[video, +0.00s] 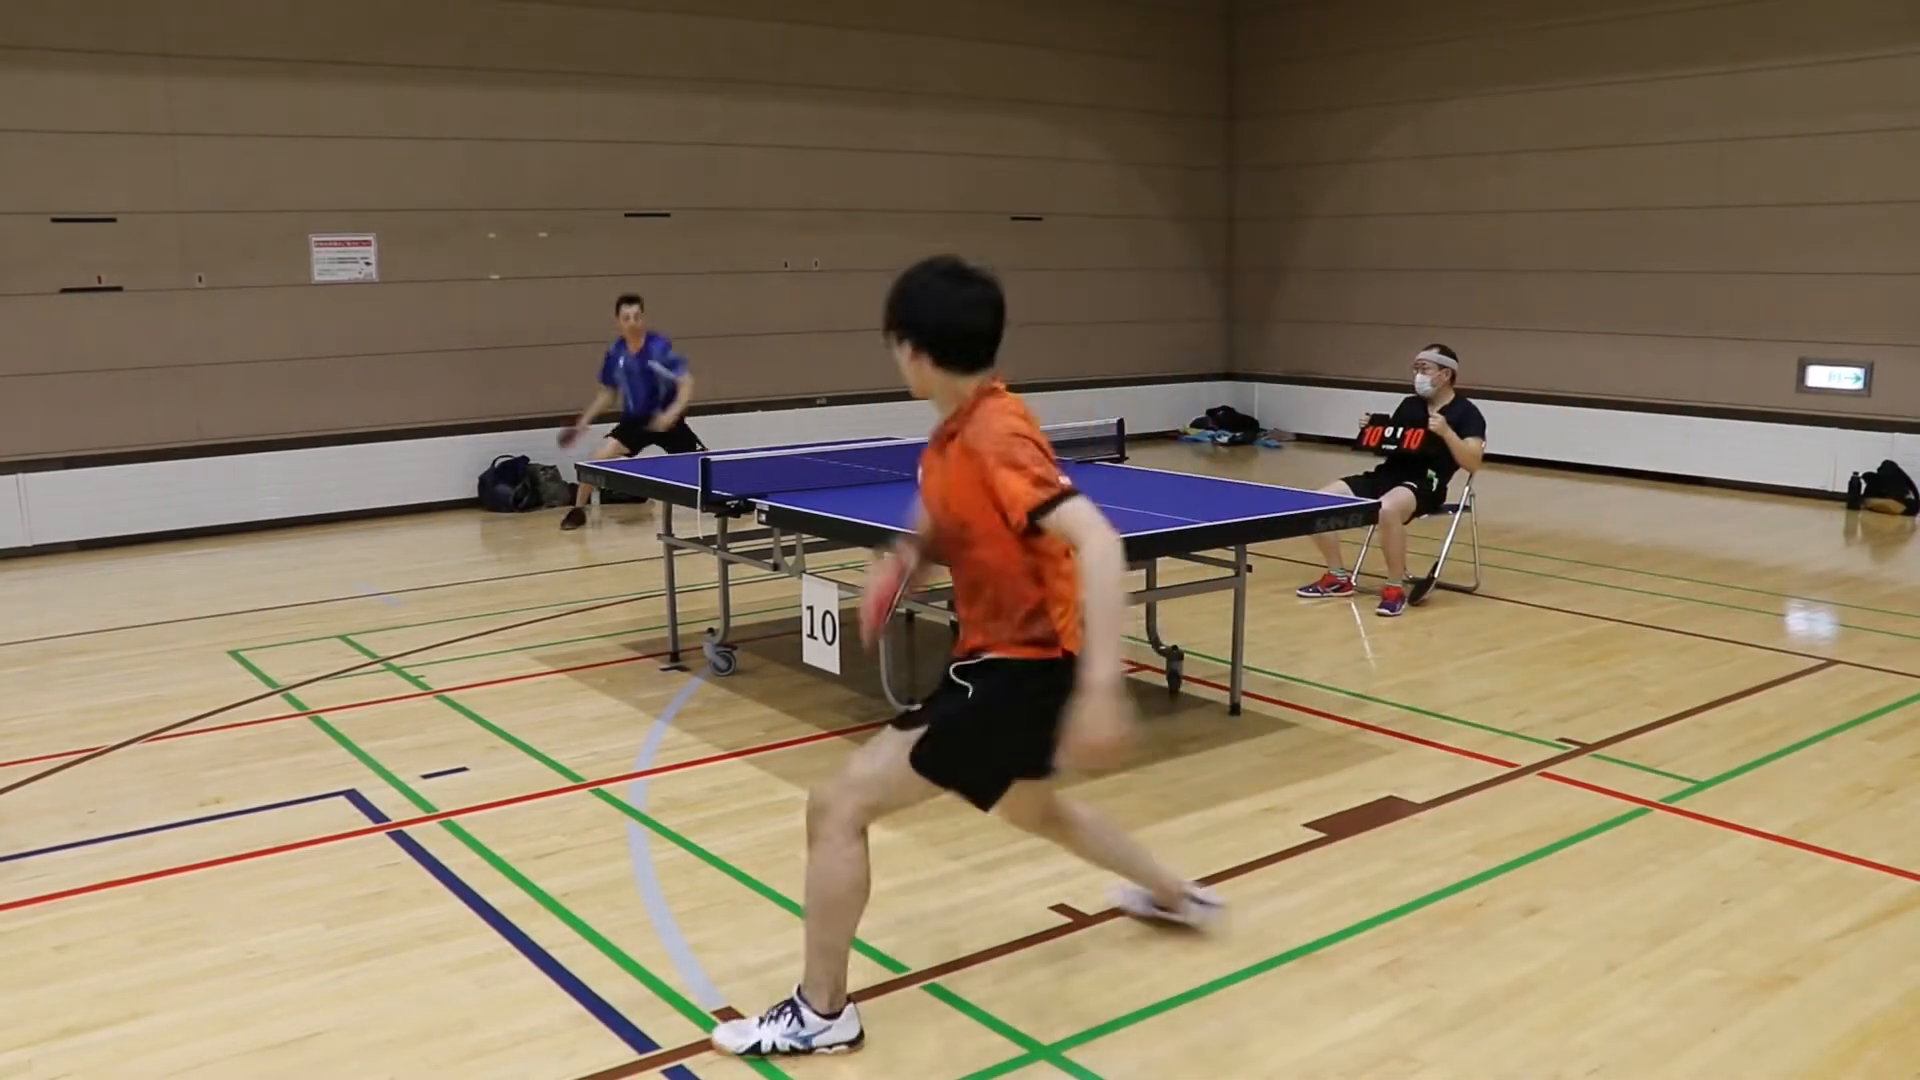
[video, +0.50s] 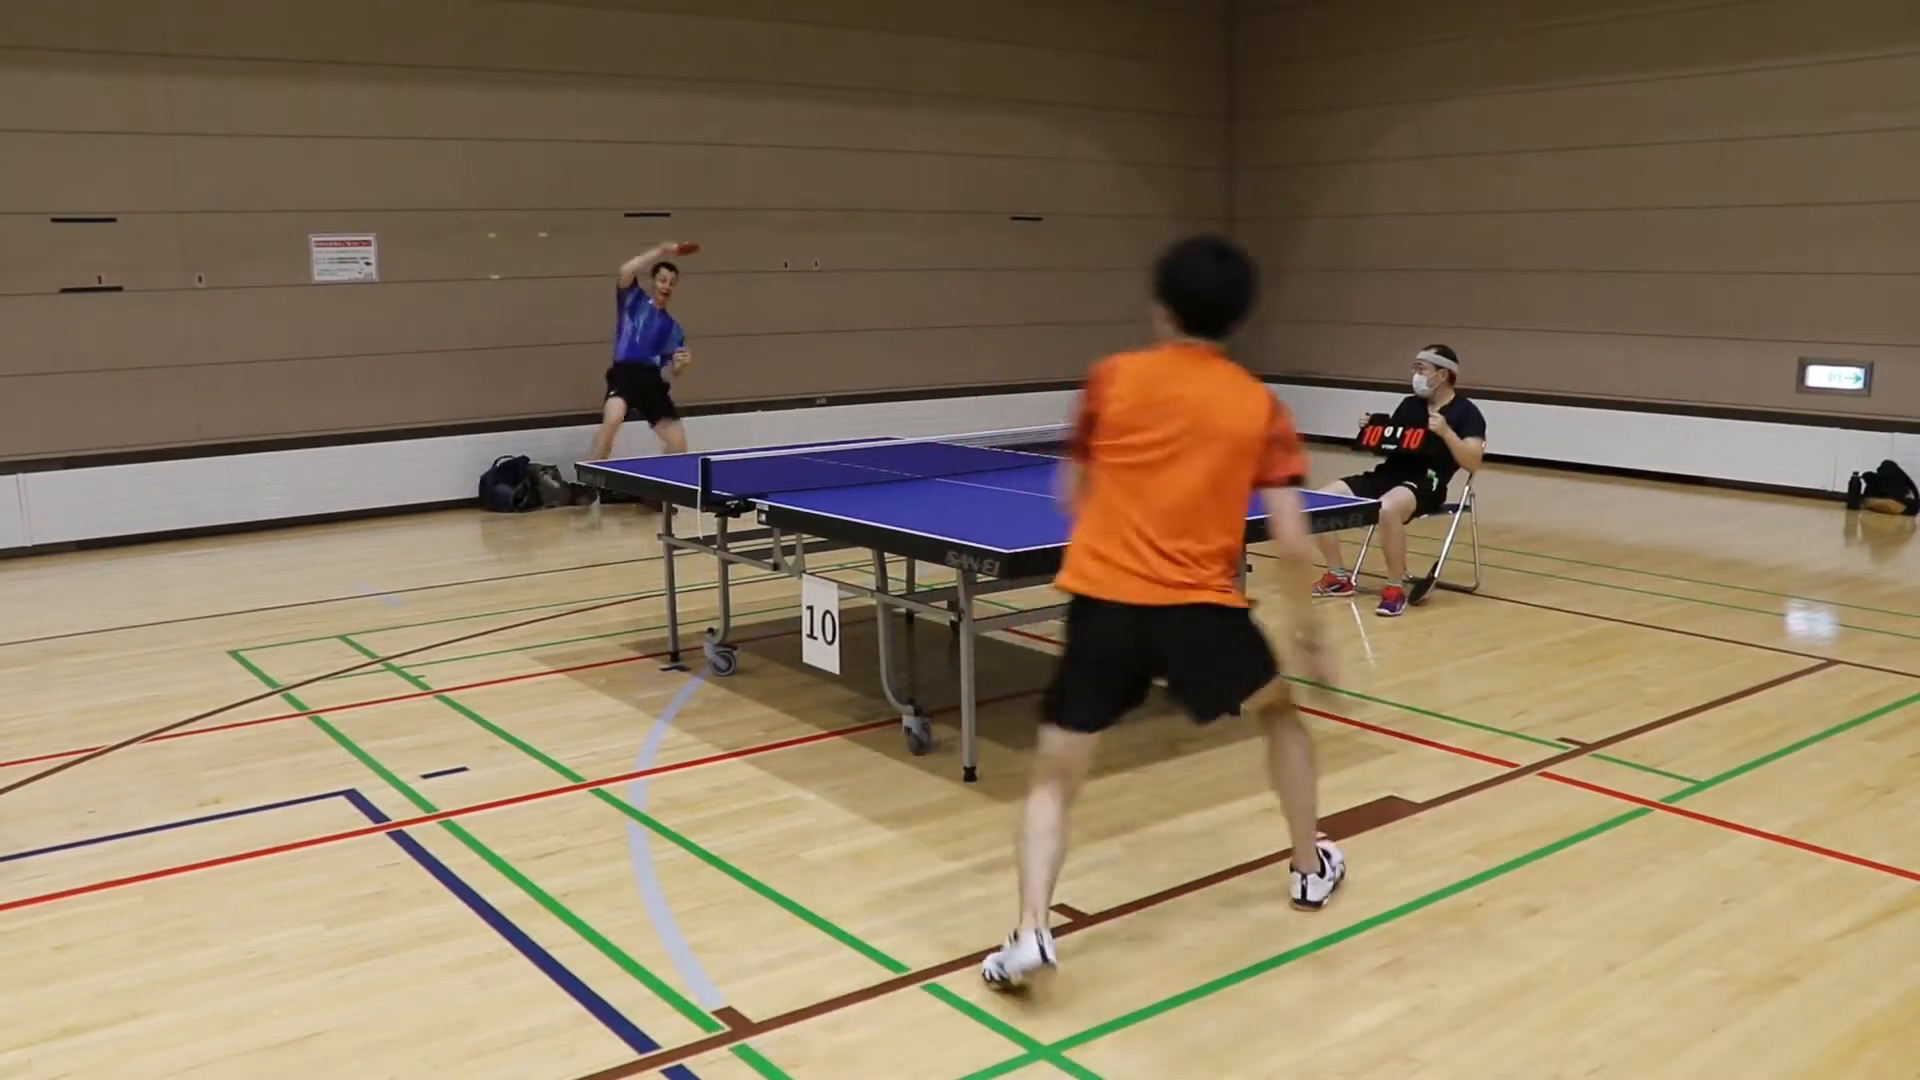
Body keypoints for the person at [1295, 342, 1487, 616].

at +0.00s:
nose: (1418, 375)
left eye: (1425, 369)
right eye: (1416, 369)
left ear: (1445, 376)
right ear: (1413, 372)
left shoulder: (1466, 413)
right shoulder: (1411, 404)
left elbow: (1473, 463)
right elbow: (1393, 439)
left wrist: (1447, 433)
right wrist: (1373, 426)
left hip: (1426, 482)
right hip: (1389, 474)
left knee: (1388, 510)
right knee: (1318, 502)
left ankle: (1394, 589)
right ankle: (1337, 576)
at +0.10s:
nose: (1414, 375)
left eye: (1421, 369)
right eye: (1414, 369)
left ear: (1441, 376)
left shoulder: (1466, 413)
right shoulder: (1411, 404)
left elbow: (1472, 463)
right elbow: (1393, 439)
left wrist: (1447, 433)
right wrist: (1372, 426)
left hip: (1426, 482)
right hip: (1389, 474)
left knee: (1388, 510)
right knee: (1318, 502)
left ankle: (1394, 589)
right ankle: (1337, 576)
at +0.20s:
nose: (1414, 374)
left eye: (1420, 369)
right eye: (1414, 368)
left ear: (1440, 375)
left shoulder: (1466, 413)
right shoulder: (1411, 404)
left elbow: (1473, 463)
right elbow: (1393, 439)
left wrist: (1447, 433)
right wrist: (1372, 426)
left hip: (1426, 481)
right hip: (1390, 473)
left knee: (1388, 510)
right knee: (1319, 502)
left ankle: (1394, 588)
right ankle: (1337, 576)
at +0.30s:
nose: (1413, 374)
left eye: (1420, 369)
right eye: (1414, 368)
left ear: (1441, 375)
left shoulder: (1466, 413)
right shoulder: (1411, 404)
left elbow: (1472, 463)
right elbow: (1394, 439)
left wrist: (1447, 433)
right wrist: (1373, 426)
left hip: (1426, 482)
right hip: (1390, 474)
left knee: (1388, 509)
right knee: (1318, 502)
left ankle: (1394, 588)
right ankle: (1337, 576)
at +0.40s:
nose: (1414, 375)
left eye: (1420, 369)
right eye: (1414, 369)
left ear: (1441, 375)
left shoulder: (1466, 413)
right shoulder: (1411, 404)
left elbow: (1472, 462)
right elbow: (1394, 439)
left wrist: (1446, 433)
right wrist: (1373, 426)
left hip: (1426, 482)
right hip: (1389, 474)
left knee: (1388, 510)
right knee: (1318, 502)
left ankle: (1394, 588)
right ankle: (1337, 576)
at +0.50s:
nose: (1416, 375)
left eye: (1423, 370)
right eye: (1416, 369)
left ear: (1445, 376)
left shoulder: (1467, 413)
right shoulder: (1411, 404)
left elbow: (1472, 463)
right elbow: (1393, 441)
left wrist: (1446, 432)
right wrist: (1374, 427)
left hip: (1425, 482)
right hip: (1389, 474)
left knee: (1389, 508)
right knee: (1320, 501)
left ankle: (1395, 589)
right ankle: (1337, 575)